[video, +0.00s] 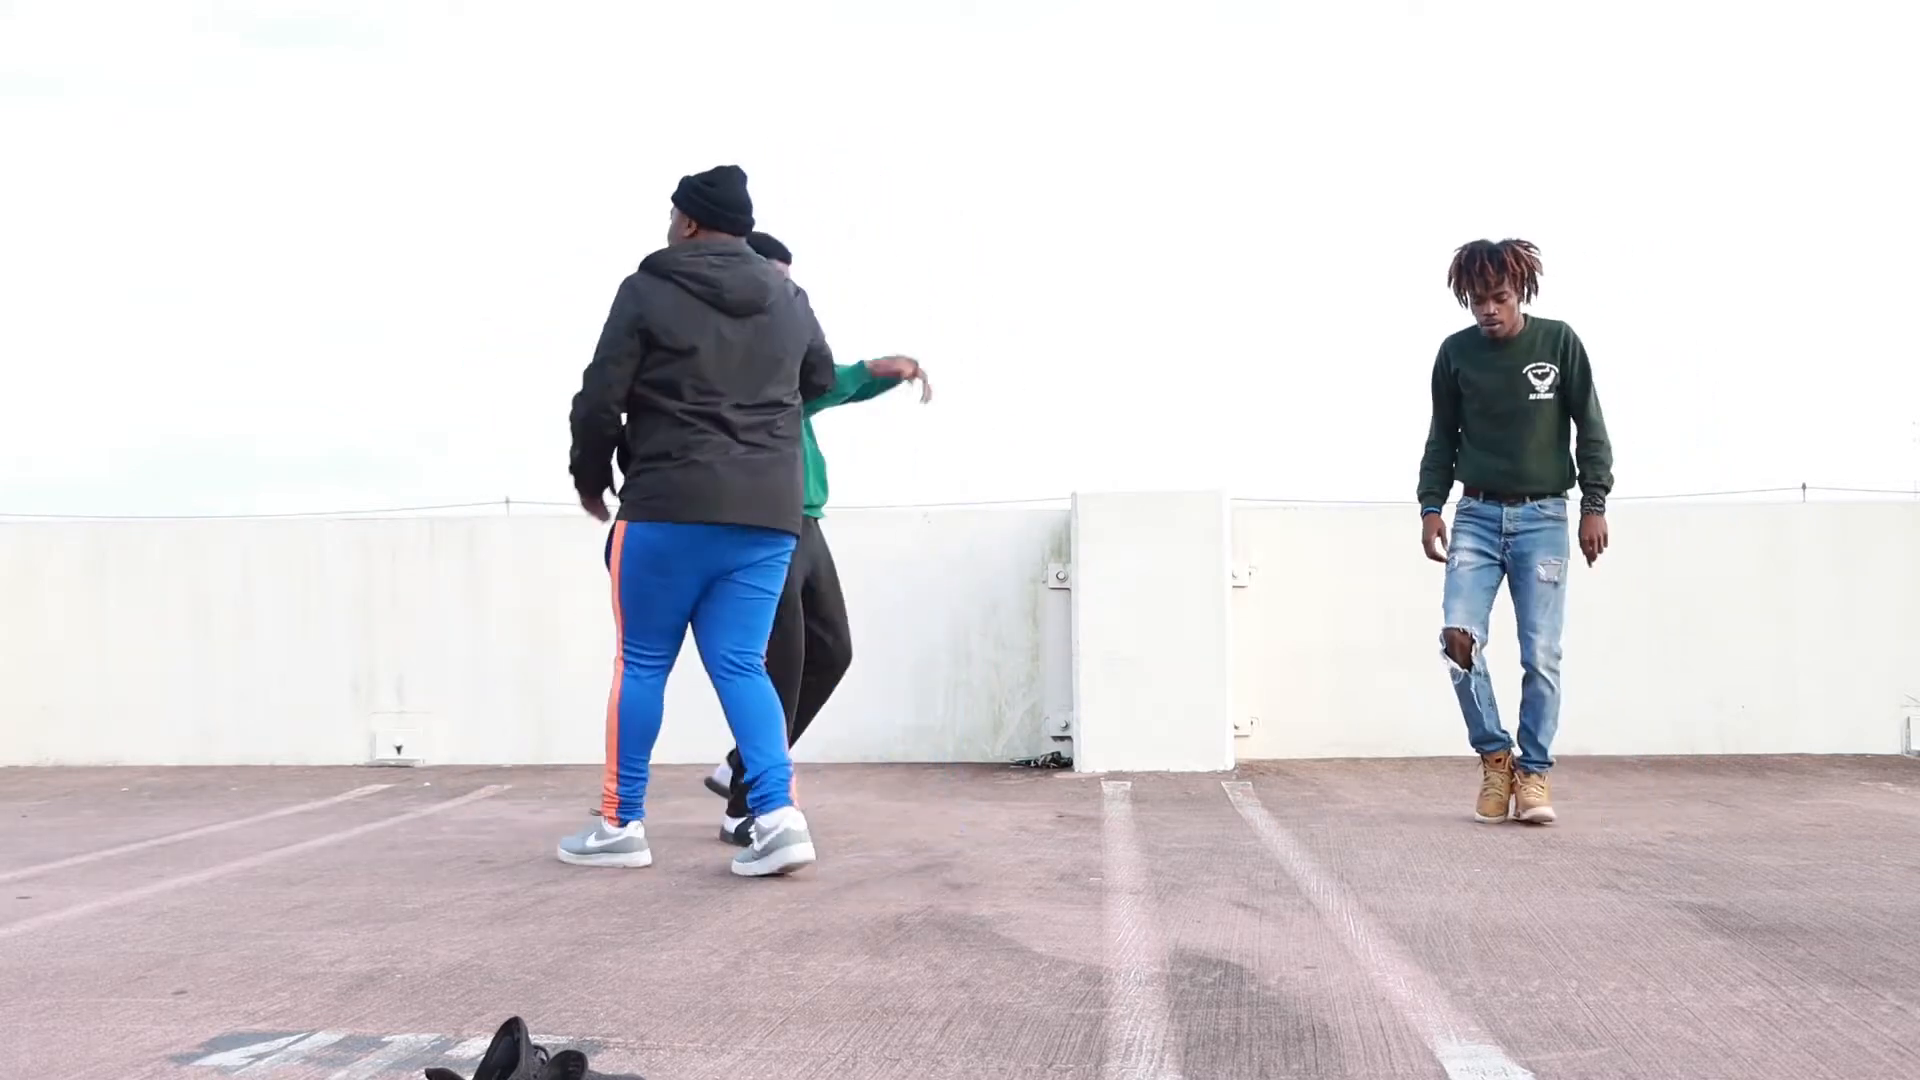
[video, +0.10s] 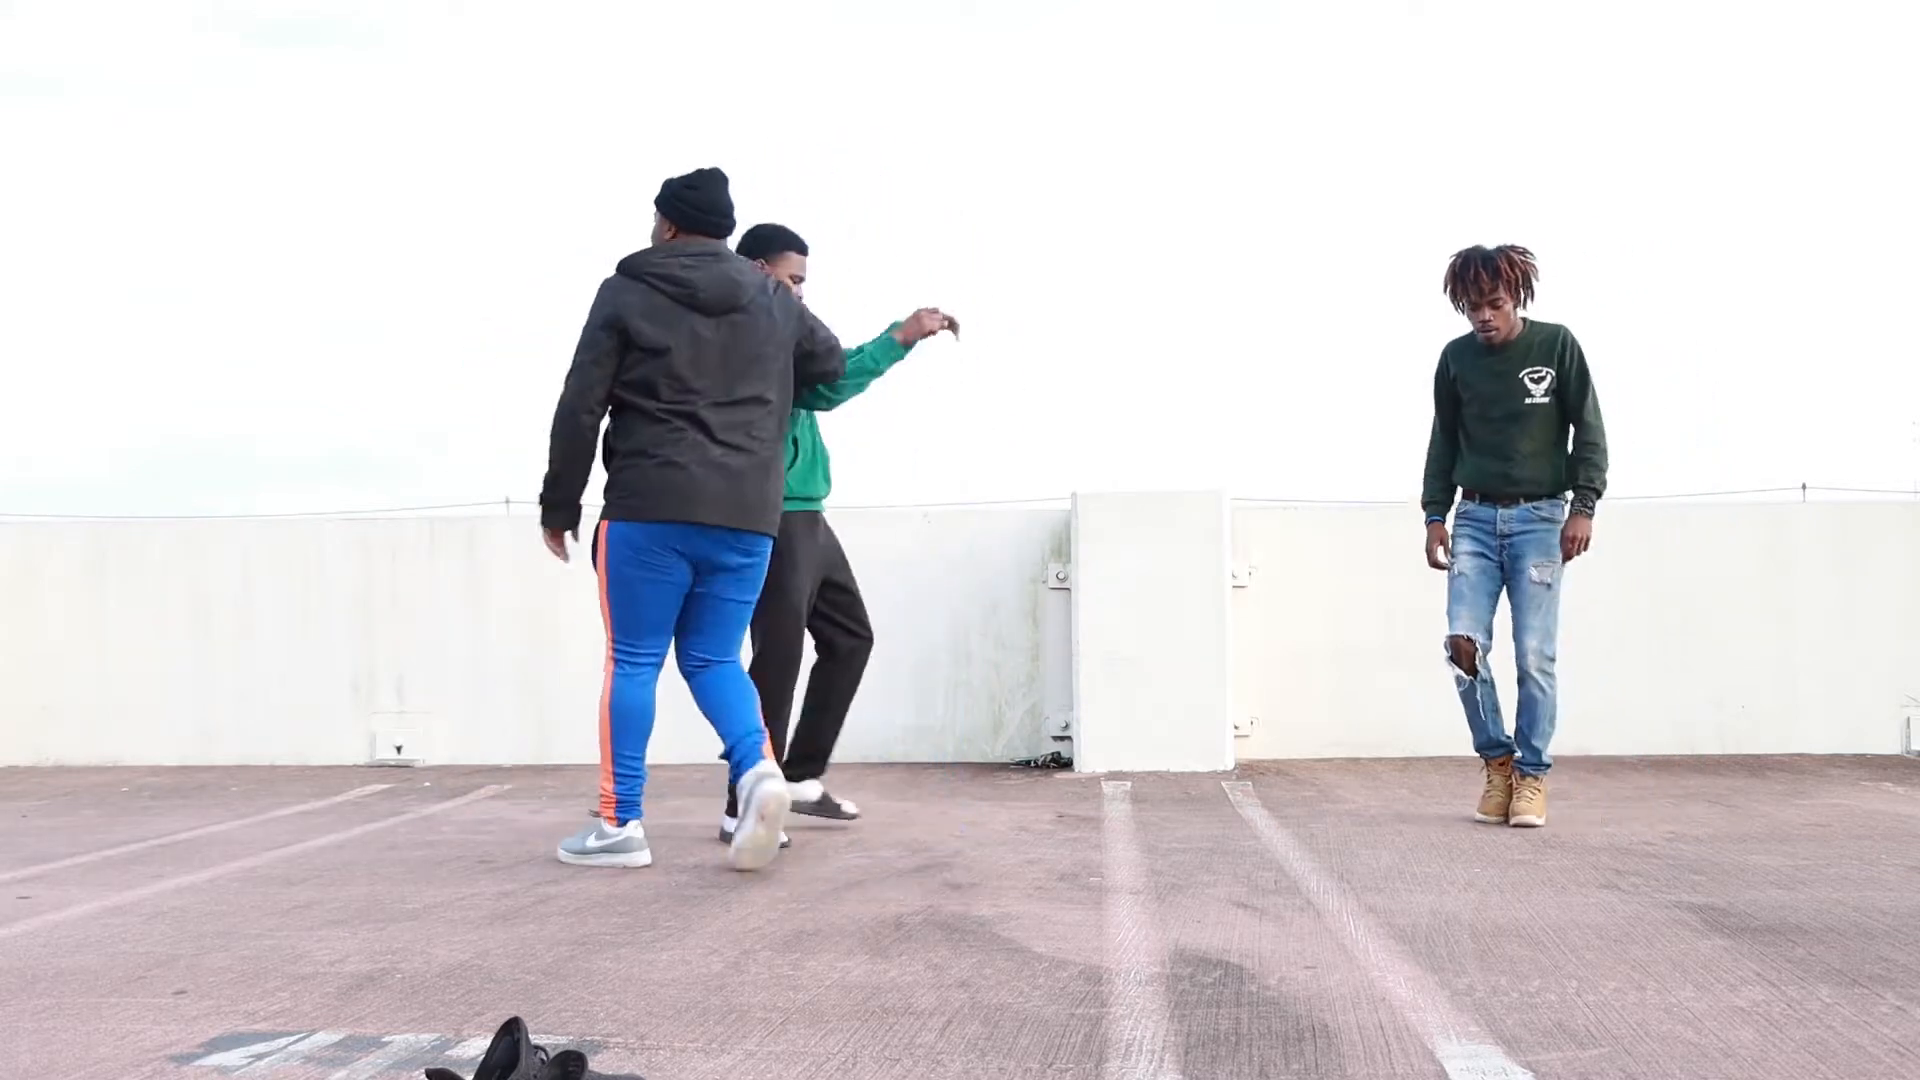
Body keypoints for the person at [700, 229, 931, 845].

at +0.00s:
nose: (786, 294)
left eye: (787, 283)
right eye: (776, 283)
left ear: (782, 283)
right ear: (747, 282)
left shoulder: (778, 341)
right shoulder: (728, 341)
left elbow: (808, 392)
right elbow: (789, 391)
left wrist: (874, 373)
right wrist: (868, 371)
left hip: (807, 522)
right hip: (769, 526)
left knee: (831, 653)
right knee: (782, 673)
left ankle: (743, 766)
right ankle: (748, 808)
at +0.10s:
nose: (802, 291)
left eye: (804, 281)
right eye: (793, 279)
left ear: (783, 277)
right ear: (757, 272)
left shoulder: (782, 331)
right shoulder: (754, 329)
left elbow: (819, 391)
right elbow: (823, 388)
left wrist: (895, 340)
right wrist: (900, 339)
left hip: (809, 518)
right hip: (779, 519)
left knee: (850, 641)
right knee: (776, 660)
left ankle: (801, 782)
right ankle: (748, 801)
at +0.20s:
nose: (820, 292)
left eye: (822, 281)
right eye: (812, 279)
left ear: (781, 275)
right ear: (775, 270)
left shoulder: (783, 325)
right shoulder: (770, 322)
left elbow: (841, 373)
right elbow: (849, 375)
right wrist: (923, 325)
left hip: (812, 511)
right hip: (788, 511)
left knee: (860, 639)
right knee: (780, 656)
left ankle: (864, 785)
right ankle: (749, 810)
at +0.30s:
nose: (839, 299)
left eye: (840, 289)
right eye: (831, 287)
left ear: (801, 280)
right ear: (796, 276)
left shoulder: (804, 335)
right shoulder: (782, 322)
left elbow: (864, 387)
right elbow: (861, 372)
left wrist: (941, 349)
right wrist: (947, 344)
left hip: (828, 512)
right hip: (803, 511)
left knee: (867, 645)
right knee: (790, 657)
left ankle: (910, 778)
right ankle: (751, 810)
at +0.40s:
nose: (859, 316)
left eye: (861, 306)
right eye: (851, 304)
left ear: (827, 297)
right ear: (817, 293)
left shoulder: (825, 354)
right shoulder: (805, 334)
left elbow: (886, 413)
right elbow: (877, 383)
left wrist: (965, 404)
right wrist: (967, 394)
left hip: (853, 521)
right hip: (827, 519)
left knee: (897, 650)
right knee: (809, 659)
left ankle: (924, 791)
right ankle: (750, 807)